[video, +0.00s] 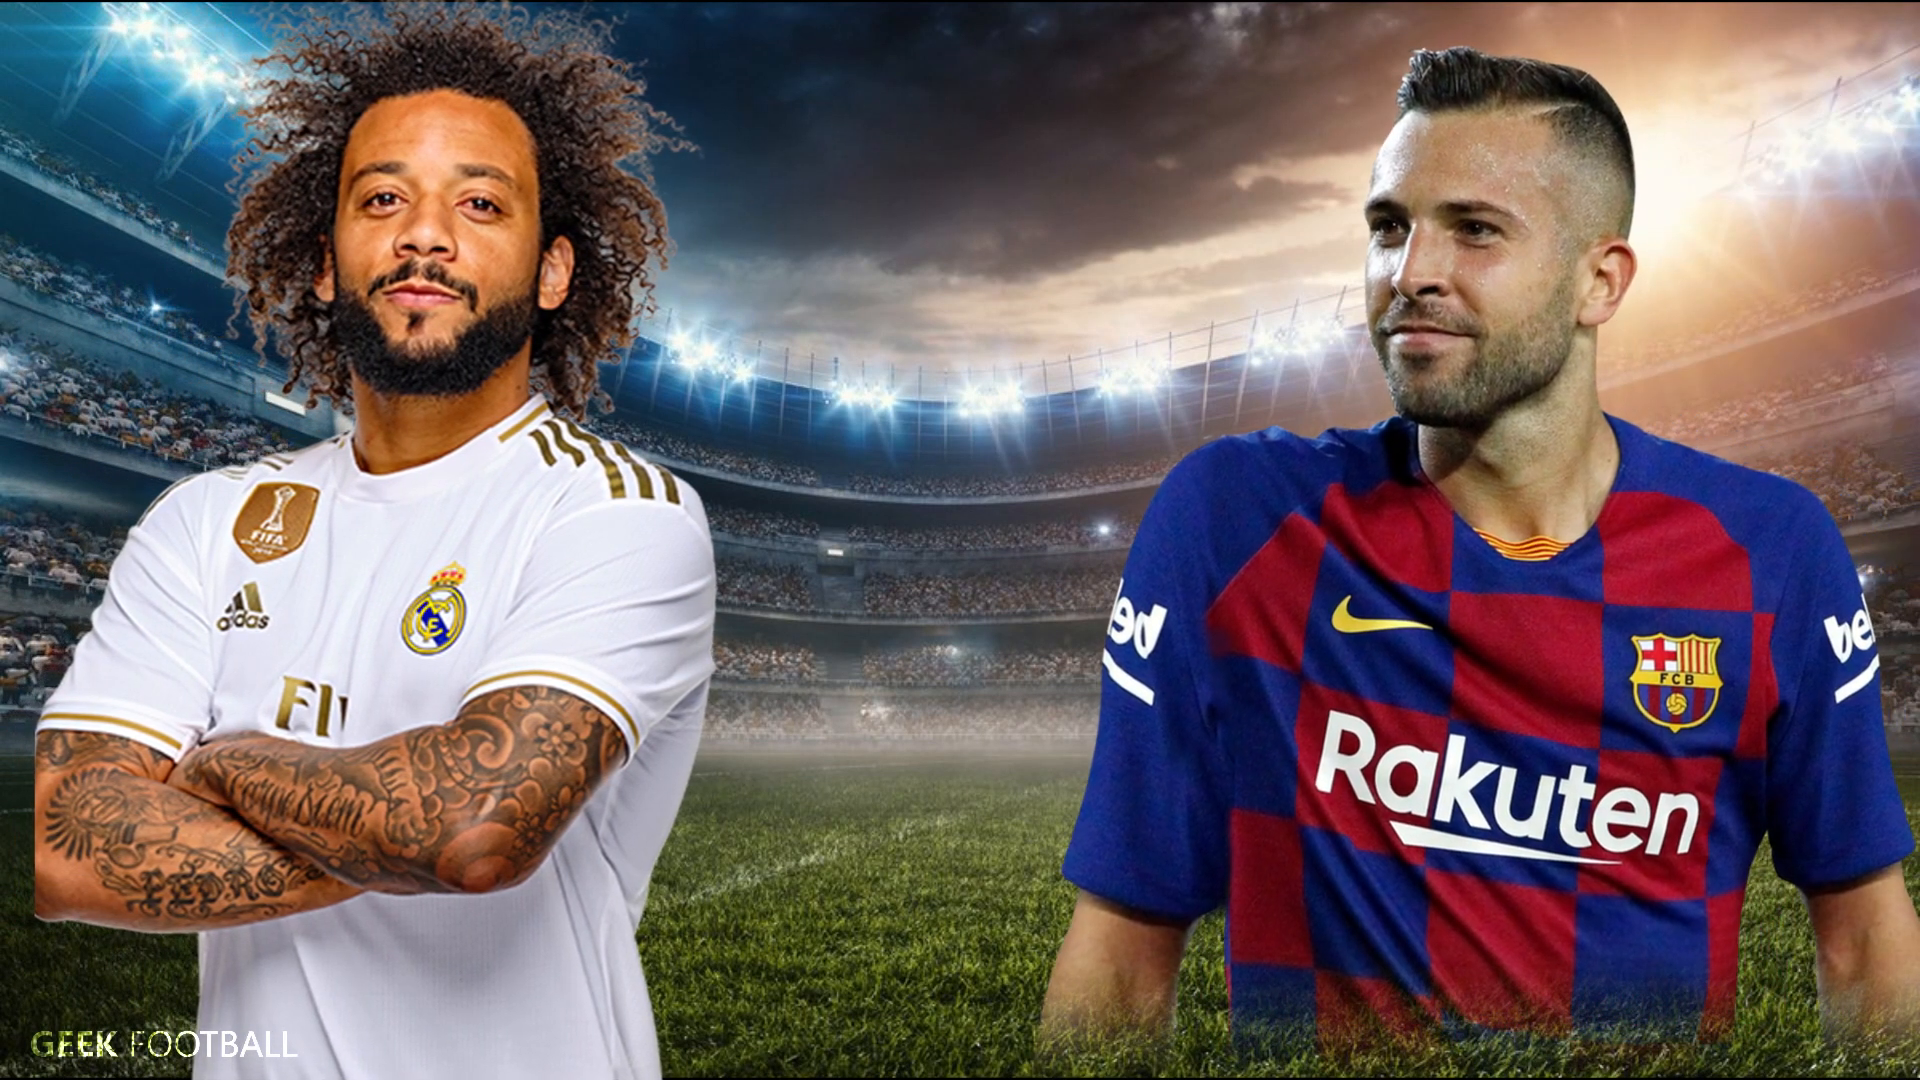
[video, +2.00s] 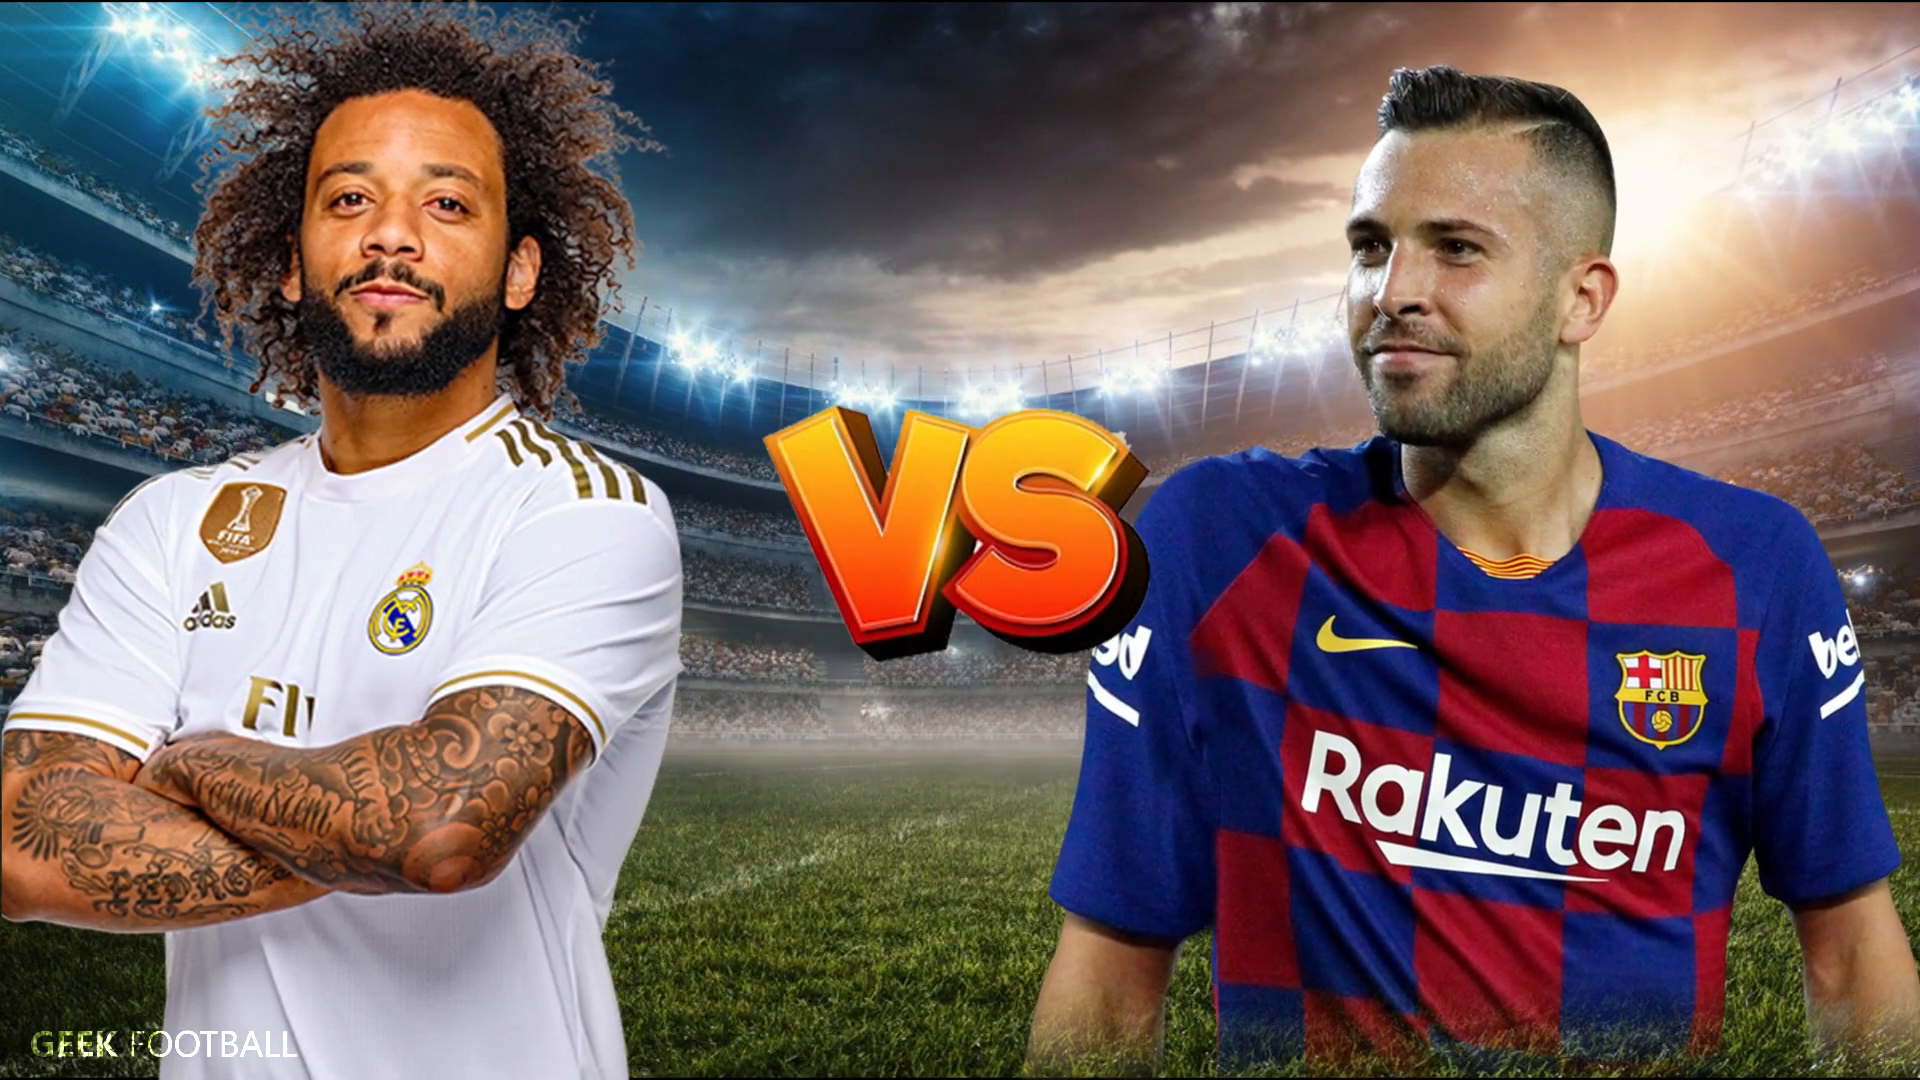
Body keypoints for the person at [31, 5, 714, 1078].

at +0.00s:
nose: (426, 238)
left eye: (482, 203)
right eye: (383, 199)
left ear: (549, 273)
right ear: (329, 260)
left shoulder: (624, 518)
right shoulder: (203, 523)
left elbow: (478, 825)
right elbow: (77, 856)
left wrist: (214, 761)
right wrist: (400, 829)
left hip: (535, 1063)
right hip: (256, 1063)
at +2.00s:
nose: (393, 238)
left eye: (448, 204)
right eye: (349, 199)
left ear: (517, 273)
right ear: (296, 260)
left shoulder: (591, 518)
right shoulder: (171, 522)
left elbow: (446, 825)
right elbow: (33, 850)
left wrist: (182, 759)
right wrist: (362, 830)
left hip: (501, 1063)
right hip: (220, 1061)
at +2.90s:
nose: (260, 234)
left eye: (317, 203)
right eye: (219, 198)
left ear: (386, 273)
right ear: (163, 262)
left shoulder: (462, 516)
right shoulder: (39, 521)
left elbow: (314, 824)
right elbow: (7, 875)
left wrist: (43, 760)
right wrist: (241, 821)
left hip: (367, 1063)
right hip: (90, 1063)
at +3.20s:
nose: (130, 232)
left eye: (186, 200)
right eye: (89, 198)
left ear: (256, 268)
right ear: (36, 258)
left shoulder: (330, 514)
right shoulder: (5, 492)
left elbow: (185, 820)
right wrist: (108, 809)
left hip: (237, 1057)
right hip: (18, 1053)